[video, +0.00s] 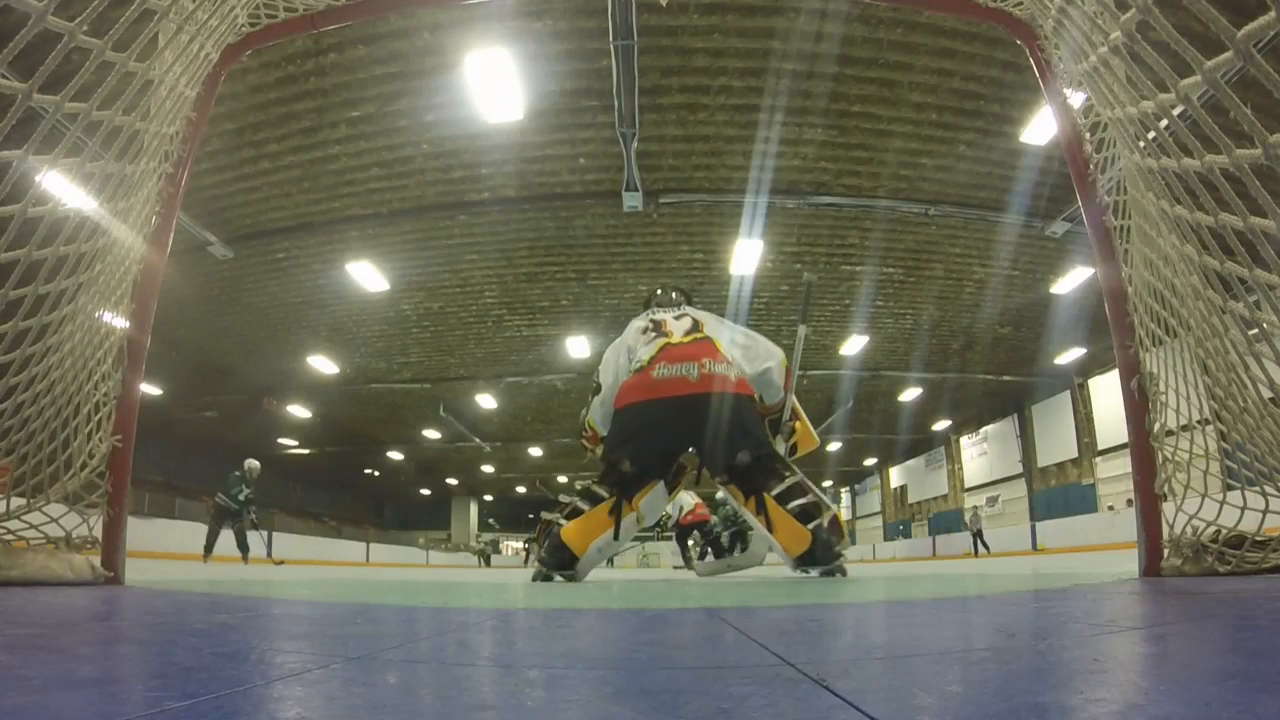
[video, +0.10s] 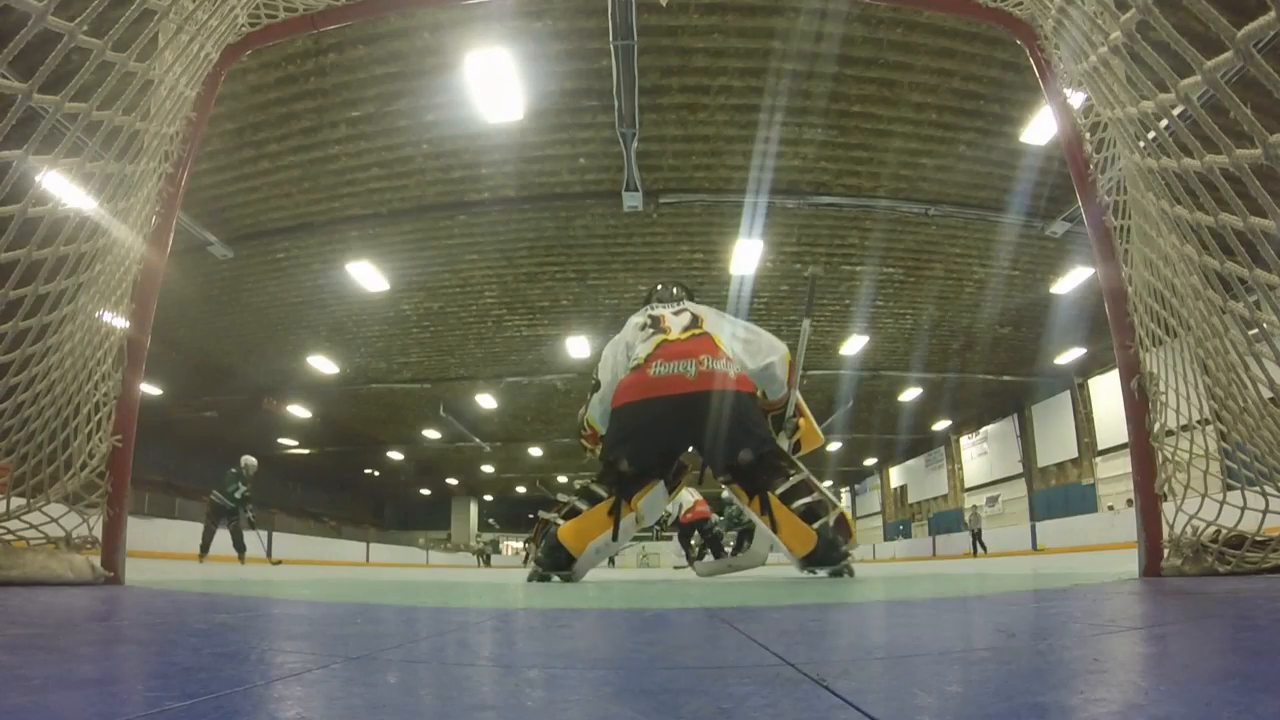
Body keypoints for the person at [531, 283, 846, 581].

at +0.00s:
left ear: (644, 311)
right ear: (688, 306)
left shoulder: (627, 335)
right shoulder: (714, 321)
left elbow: (605, 397)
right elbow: (770, 358)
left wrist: (599, 437)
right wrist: (774, 416)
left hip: (645, 395)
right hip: (721, 386)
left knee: (619, 484)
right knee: (759, 471)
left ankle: (559, 553)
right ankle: (817, 545)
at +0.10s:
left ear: (646, 307)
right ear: (689, 302)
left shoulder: (627, 330)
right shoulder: (716, 317)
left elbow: (607, 386)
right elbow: (773, 353)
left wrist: (597, 432)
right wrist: (776, 407)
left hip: (643, 392)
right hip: (721, 383)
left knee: (619, 484)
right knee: (762, 470)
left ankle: (556, 553)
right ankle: (823, 547)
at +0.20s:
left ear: (646, 305)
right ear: (688, 299)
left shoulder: (627, 327)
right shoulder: (715, 313)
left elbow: (605, 386)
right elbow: (774, 350)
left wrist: (596, 434)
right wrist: (778, 407)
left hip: (642, 392)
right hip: (721, 383)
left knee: (619, 484)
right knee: (764, 469)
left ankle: (554, 553)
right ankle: (826, 545)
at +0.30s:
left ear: (647, 300)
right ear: (690, 295)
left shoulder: (624, 326)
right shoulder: (719, 310)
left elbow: (595, 410)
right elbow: (780, 347)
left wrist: (603, 446)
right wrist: (782, 408)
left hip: (640, 390)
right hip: (723, 379)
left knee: (622, 486)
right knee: (763, 470)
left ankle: (551, 551)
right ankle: (831, 544)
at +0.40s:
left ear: (647, 297)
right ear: (691, 292)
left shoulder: (623, 325)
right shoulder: (719, 307)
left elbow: (596, 406)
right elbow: (781, 344)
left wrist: (600, 440)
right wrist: (782, 404)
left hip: (638, 389)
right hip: (722, 378)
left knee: (619, 486)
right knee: (765, 468)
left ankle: (548, 553)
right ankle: (835, 545)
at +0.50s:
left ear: (648, 295)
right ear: (692, 288)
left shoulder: (621, 323)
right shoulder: (722, 303)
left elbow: (594, 411)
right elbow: (785, 340)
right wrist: (785, 405)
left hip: (635, 385)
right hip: (723, 374)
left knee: (620, 487)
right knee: (764, 470)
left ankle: (542, 551)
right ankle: (840, 548)